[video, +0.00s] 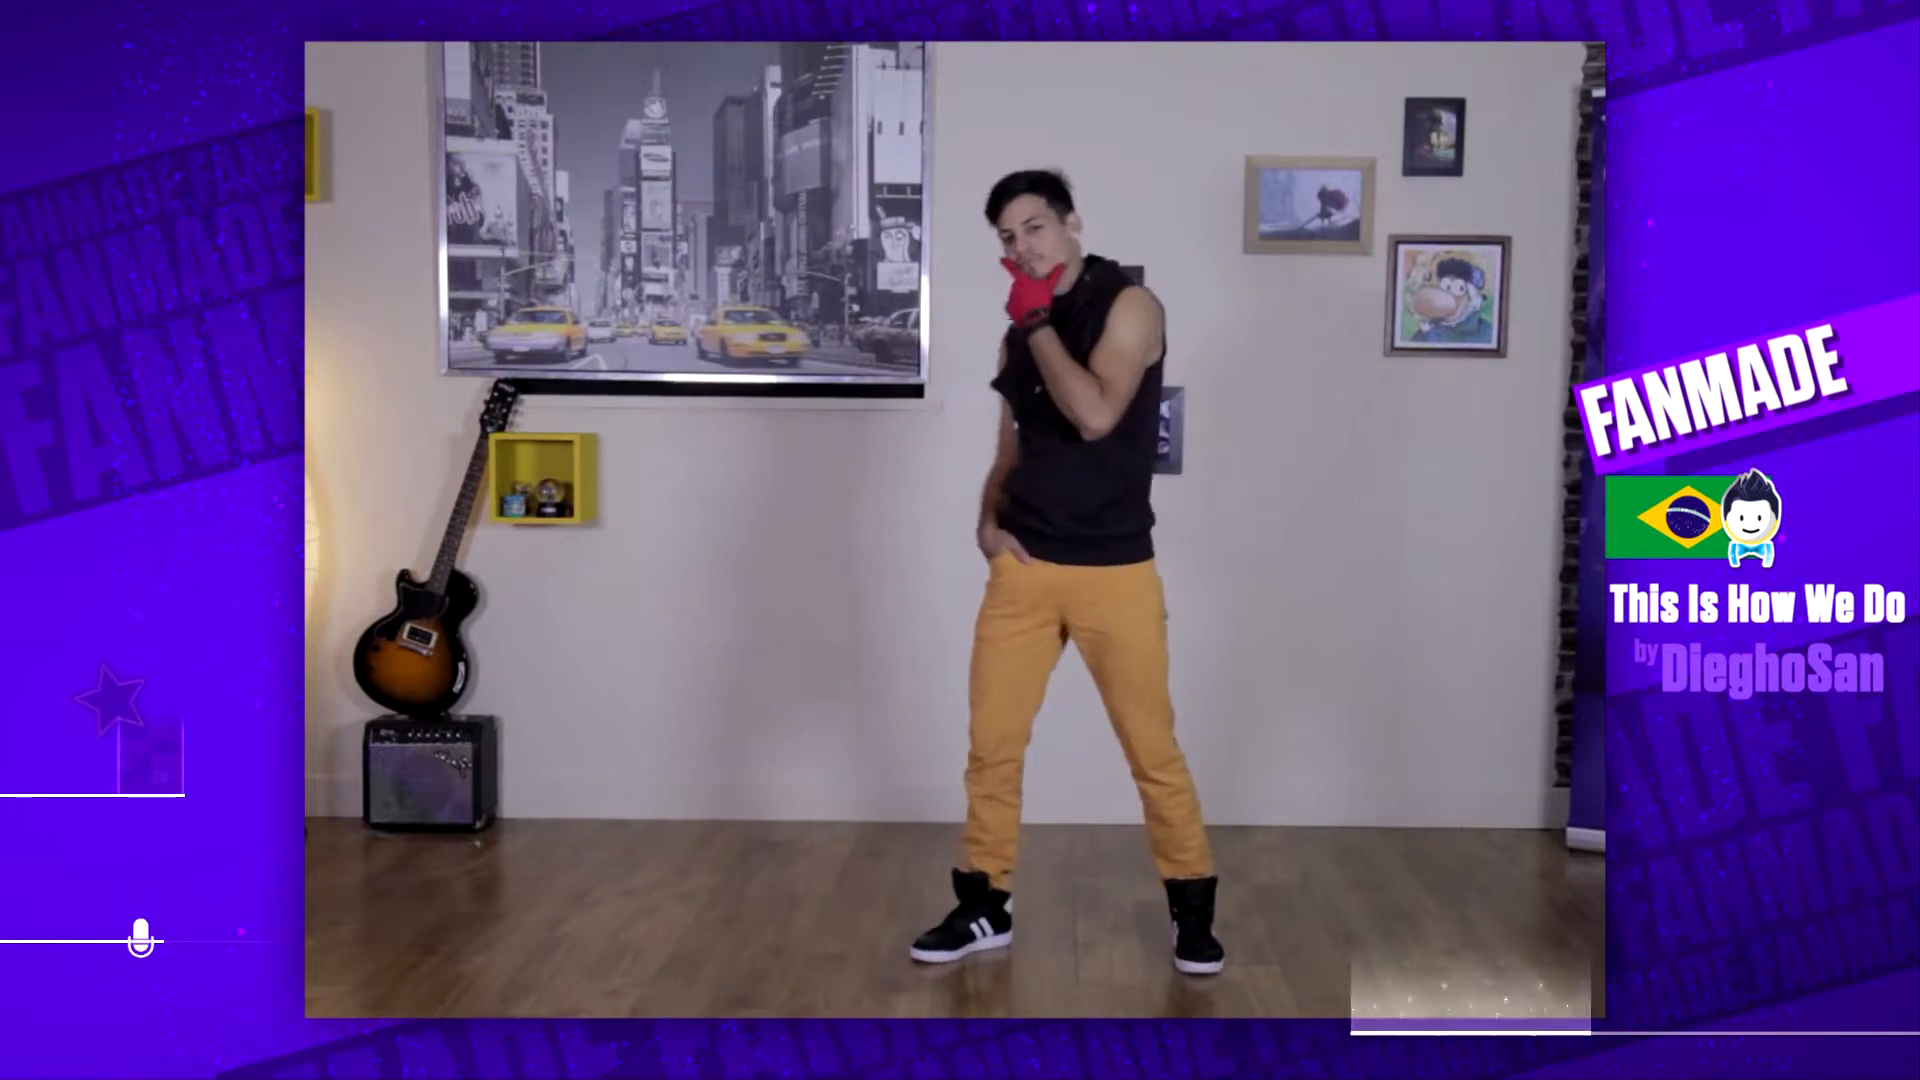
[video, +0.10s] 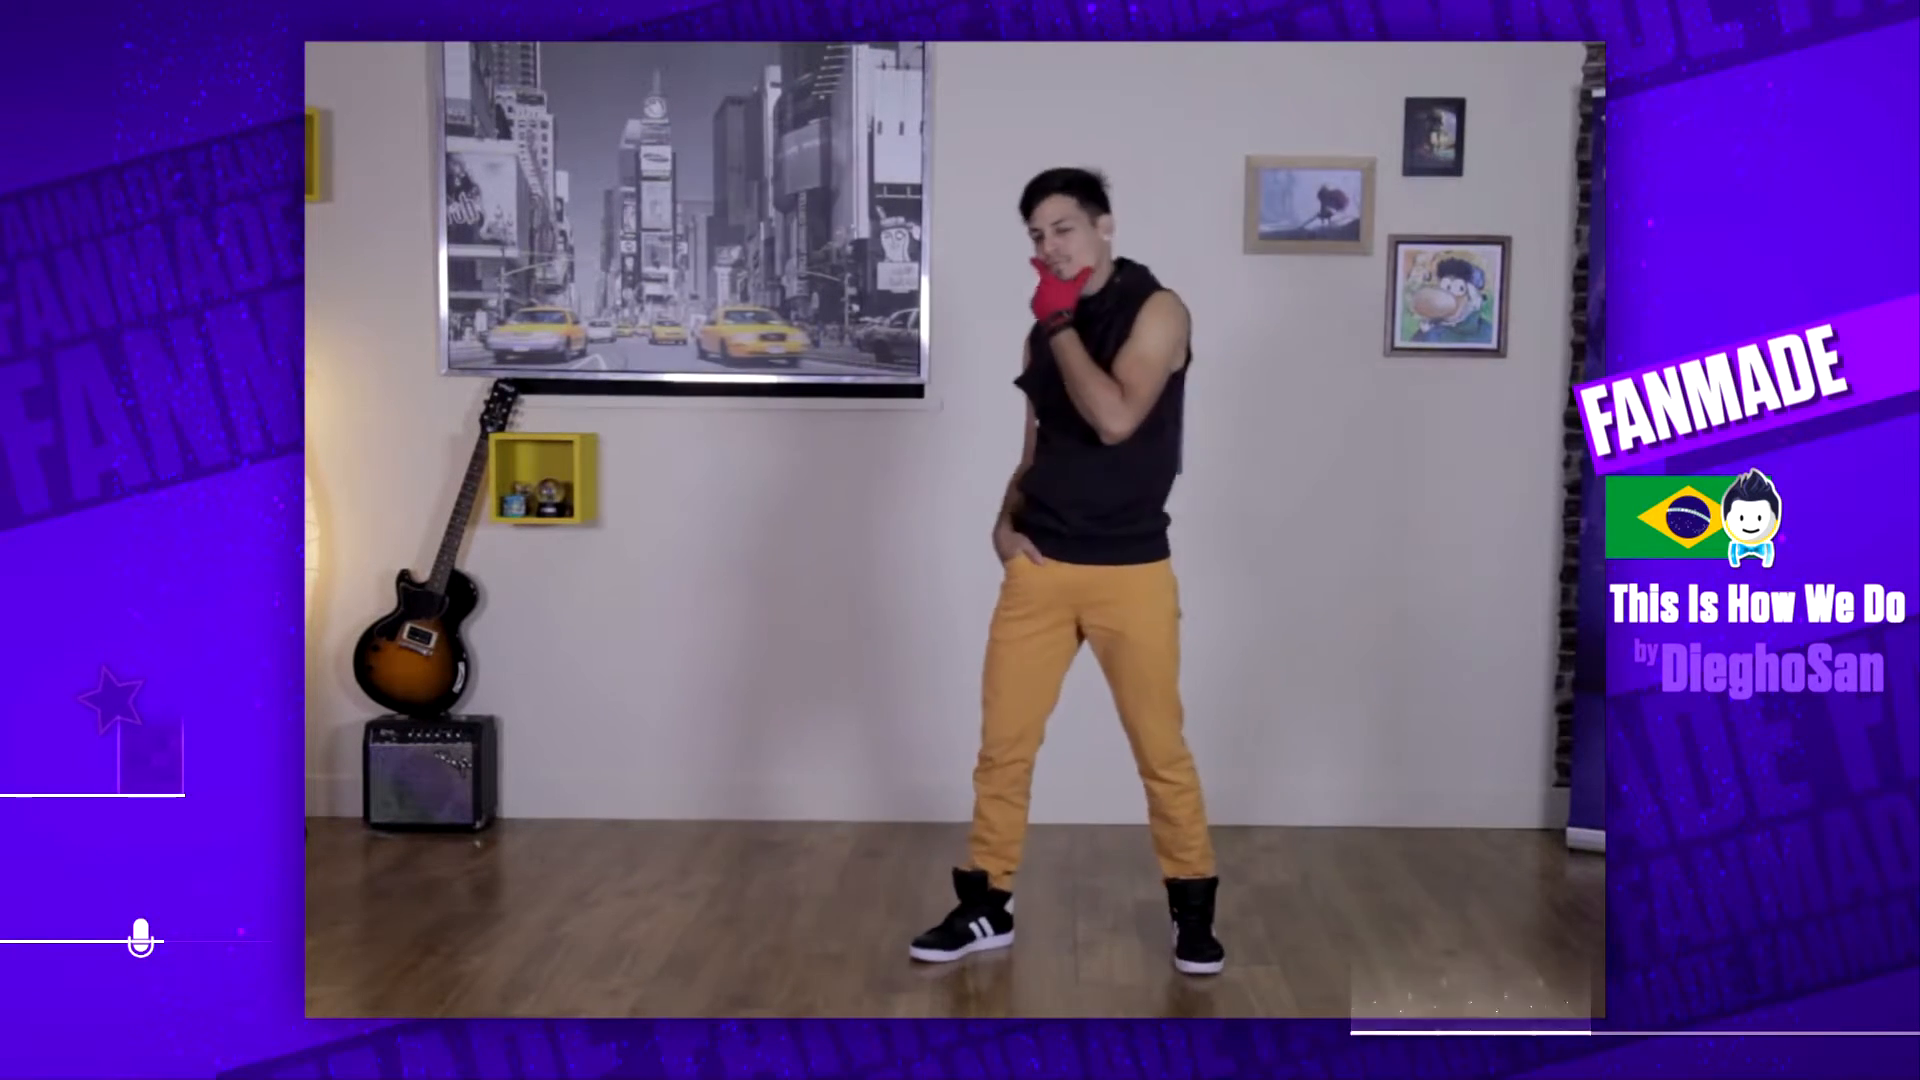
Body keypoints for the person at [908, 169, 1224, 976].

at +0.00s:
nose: (1022, 247)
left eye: (1034, 228)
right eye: (1009, 238)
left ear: (1073, 225)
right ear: (1002, 248)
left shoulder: (1132, 307)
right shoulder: (1024, 326)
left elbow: (1099, 413)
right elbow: (1012, 440)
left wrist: (1036, 321)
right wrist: (989, 516)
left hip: (1113, 574)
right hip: (1023, 570)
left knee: (1151, 751)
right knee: (992, 746)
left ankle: (1191, 909)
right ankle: (984, 906)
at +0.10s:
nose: (1052, 247)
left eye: (1064, 229)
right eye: (1040, 237)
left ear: (1105, 225)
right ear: (1035, 246)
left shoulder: (1159, 311)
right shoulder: (1045, 331)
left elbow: (1118, 416)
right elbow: (1037, 444)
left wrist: (1058, 325)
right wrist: (1007, 516)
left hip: (1130, 576)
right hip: (1038, 572)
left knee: (1161, 752)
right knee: (1003, 746)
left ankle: (1192, 908)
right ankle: (985, 905)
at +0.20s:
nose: (1068, 252)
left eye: (1081, 236)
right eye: (1058, 241)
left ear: (1127, 230)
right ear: (1052, 245)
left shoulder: (1178, 320)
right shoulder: (1056, 326)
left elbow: (1137, 424)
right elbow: (1038, 437)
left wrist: (1078, 330)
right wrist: (1013, 518)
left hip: (1137, 578)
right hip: (1044, 572)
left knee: (1164, 752)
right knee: (1010, 747)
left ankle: (1192, 908)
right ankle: (988, 904)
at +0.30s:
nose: (1089, 263)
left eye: (1104, 246)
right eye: (1081, 248)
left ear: (1151, 243)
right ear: (1076, 249)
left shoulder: (1192, 337)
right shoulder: (1048, 330)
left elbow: (1158, 443)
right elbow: (1014, 447)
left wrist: (1101, 348)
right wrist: (1010, 531)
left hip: (1143, 577)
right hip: (1048, 570)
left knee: (1165, 749)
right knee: (1011, 746)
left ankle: (1192, 910)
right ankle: (987, 905)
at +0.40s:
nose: (1099, 264)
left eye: (1117, 250)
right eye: (1092, 248)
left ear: (1162, 250)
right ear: (1086, 244)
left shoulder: (1192, 341)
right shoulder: (1050, 315)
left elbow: (1165, 451)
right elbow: (993, 433)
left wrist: (1111, 352)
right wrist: (1006, 531)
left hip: (1143, 574)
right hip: (1047, 567)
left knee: (1164, 744)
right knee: (1006, 744)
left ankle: (1191, 908)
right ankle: (983, 904)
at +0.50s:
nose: (1096, 253)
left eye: (1114, 239)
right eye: (1090, 236)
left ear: (1158, 244)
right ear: (1085, 232)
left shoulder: (1175, 336)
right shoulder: (1041, 301)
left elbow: (1164, 450)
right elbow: (970, 422)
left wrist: (1111, 351)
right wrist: (998, 528)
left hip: (1134, 566)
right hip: (1038, 562)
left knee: (1157, 738)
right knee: (996, 738)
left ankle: (1185, 901)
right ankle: (969, 897)